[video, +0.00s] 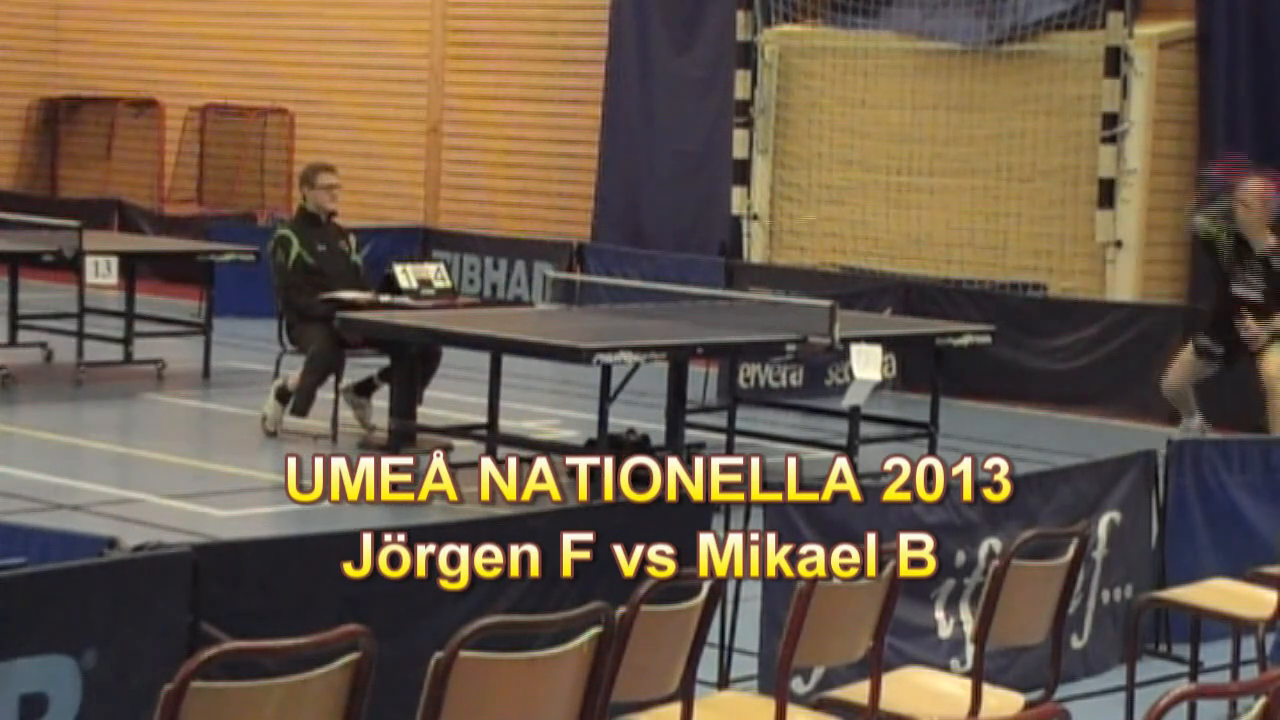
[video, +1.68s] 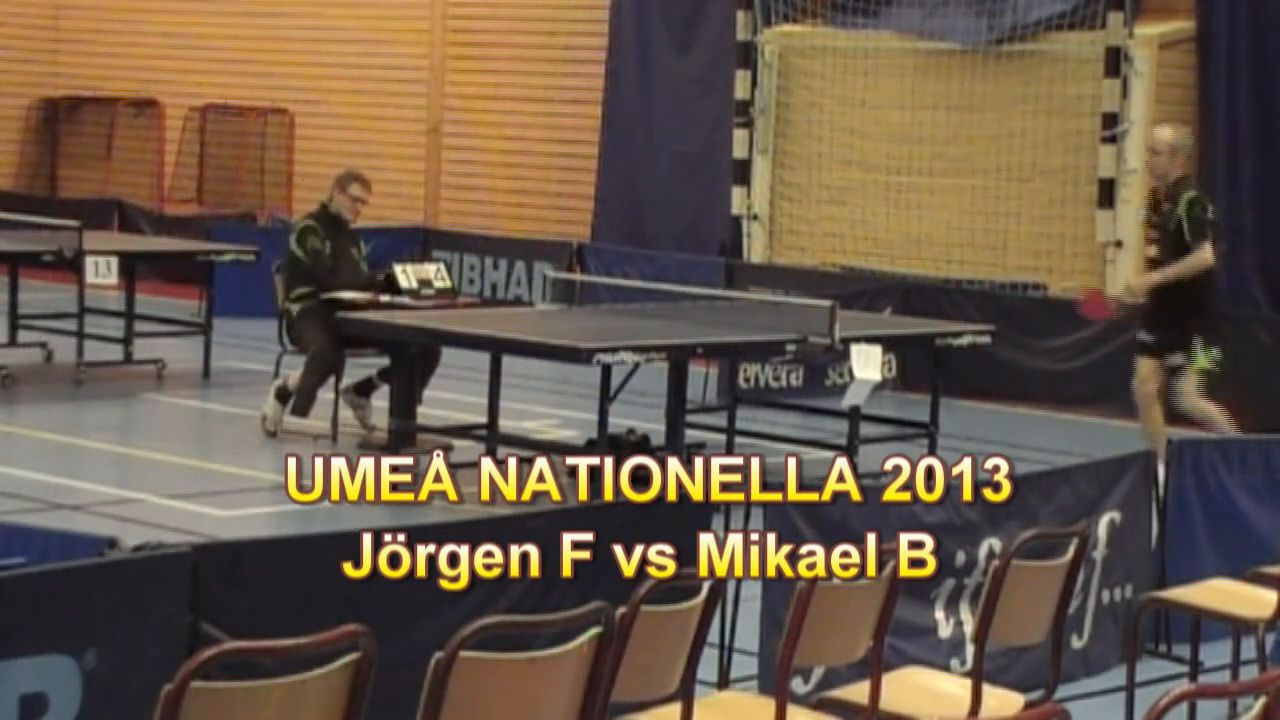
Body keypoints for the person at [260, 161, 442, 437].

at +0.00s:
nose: (335, 194)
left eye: (337, 188)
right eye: (327, 188)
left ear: (340, 191)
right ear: (306, 192)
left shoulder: (343, 235)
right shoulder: (289, 237)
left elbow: (357, 282)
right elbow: (293, 297)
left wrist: (369, 301)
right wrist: (340, 307)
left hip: (352, 318)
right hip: (310, 319)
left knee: (425, 351)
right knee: (328, 353)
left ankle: (362, 391)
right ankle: (284, 392)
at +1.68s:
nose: (358, 209)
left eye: (363, 203)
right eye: (354, 200)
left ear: (365, 204)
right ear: (336, 194)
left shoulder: (352, 237)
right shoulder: (309, 229)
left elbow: (360, 281)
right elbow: (327, 278)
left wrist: (394, 281)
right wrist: (373, 283)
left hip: (350, 313)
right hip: (310, 312)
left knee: (425, 351)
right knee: (328, 355)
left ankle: (361, 391)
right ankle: (283, 392)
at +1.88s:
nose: (363, 210)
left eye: (368, 204)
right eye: (359, 200)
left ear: (370, 206)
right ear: (341, 194)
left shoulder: (354, 237)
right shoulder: (313, 227)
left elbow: (363, 281)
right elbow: (335, 276)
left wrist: (397, 280)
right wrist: (379, 282)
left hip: (349, 312)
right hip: (310, 311)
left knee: (425, 350)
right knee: (328, 355)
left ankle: (361, 391)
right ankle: (283, 392)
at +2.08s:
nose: (363, 209)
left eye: (368, 204)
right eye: (359, 200)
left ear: (371, 206)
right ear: (340, 195)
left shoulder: (356, 239)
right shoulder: (314, 228)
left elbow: (362, 282)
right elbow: (337, 277)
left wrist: (399, 281)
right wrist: (383, 282)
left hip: (350, 312)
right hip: (311, 311)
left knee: (425, 349)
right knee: (328, 356)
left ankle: (361, 392)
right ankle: (283, 392)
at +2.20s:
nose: (363, 208)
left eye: (367, 202)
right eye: (358, 199)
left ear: (370, 204)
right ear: (340, 195)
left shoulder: (355, 238)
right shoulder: (313, 229)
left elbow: (365, 281)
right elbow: (334, 276)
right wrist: (371, 286)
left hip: (350, 318)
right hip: (310, 316)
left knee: (419, 350)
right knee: (328, 349)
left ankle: (362, 391)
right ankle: (299, 395)